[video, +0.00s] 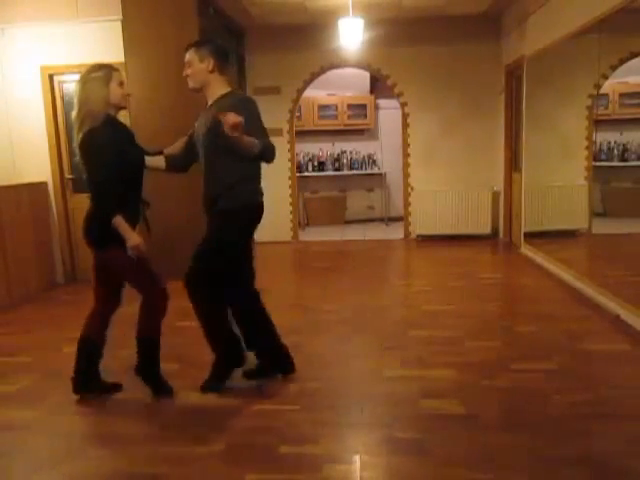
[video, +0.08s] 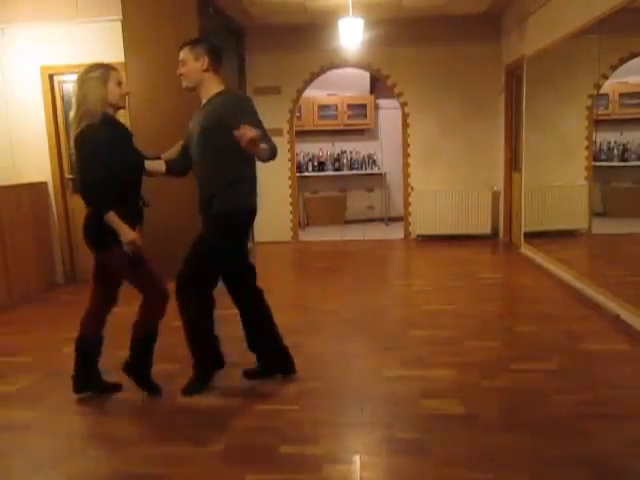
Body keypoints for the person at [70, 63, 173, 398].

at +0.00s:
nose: (126, 90)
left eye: (124, 84)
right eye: (119, 85)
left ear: (107, 90)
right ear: (100, 91)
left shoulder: (115, 128)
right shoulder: (98, 135)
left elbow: (136, 156)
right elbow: (103, 192)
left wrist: (168, 152)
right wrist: (127, 231)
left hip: (114, 227)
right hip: (108, 229)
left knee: (106, 302)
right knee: (155, 293)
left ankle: (86, 375)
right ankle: (148, 366)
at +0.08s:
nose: (125, 90)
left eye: (123, 84)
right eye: (118, 84)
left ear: (107, 89)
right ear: (98, 90)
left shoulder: (115, 128)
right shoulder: (93, 133)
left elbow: (132, 165)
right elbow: (93, 190)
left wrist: (167, 159)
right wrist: (121, 227)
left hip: (118, 225)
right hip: (108, 227)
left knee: (101, 300)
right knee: (156, 292)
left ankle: (85, 374)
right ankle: (139, 363)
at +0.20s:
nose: (125, 89)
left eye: (123, 83)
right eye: (118, 84)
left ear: (108, 88)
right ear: (98, 89)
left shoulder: (116, 128)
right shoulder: (88, 132)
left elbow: (134, 168)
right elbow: (82, 186)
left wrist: (170, 166)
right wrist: (118, 218)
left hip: (121, 224)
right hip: (109, 227)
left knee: (118, 300)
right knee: (150, 300)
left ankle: (89, 369)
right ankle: (132, 370)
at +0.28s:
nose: (124, 88)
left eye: (123, 83)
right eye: (118, 83)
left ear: (105, 87)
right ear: (98, 88)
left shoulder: (116, 125)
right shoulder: (87, 129)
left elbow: (132, 167)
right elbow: (75, 182)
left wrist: (167, 170)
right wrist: (120, 205)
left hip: (126, 221)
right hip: (108, 225)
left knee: (142, 294)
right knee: (141, 297)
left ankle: (101, 357)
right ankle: (128, 372)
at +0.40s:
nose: (124, 87)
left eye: (122, 81)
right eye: (117, 81)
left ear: (106, 85)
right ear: (97, 86)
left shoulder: (116, 124)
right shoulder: (85, 129)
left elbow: (128, 166)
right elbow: (77, 181)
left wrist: (164, 165)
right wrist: (126, 192)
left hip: (128, 219)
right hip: (106, 223)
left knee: (151, 292)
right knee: (137, 297)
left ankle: (113, 355)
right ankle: (121, 369)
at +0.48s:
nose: (121, 86)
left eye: (120, 80)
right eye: (114, 81)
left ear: (104, 85)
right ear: (94, 86)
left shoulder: (113, 125)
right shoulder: (87, 130)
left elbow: (129, 165)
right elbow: (82, 183)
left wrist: (158, 152)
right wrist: (133, 180)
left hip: (127, 220)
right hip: (106, 225)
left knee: (145, 297)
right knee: (127, 299)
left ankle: (109, 357)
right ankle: (123, 369)